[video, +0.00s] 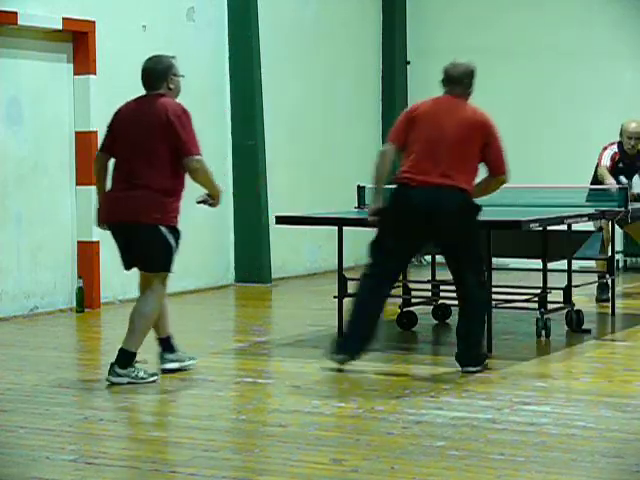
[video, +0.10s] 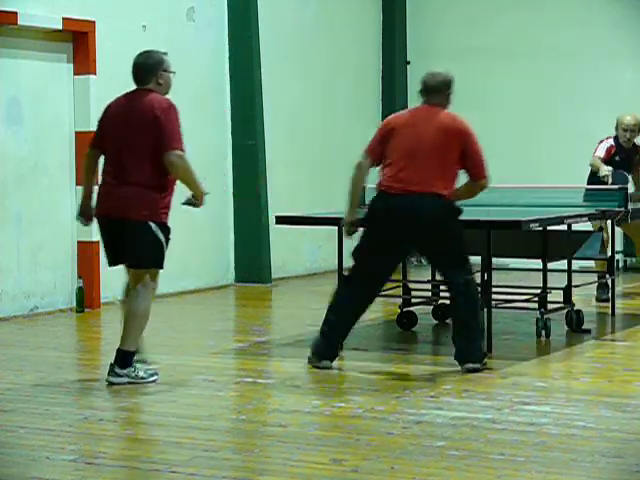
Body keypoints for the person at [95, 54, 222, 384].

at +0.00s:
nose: (181, 82)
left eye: (179, 77)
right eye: (178, 78)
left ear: (148, 82)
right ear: (169, 81)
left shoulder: (124, 112)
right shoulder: (174, 111)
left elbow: (101, 160)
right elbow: (193, 165)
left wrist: (103, 201)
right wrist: (214, 189)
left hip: (118, 212)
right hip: (155, 213)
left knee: (153, 283)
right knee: (153, 287)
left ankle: (169, 352)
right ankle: (123, 364)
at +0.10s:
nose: (172, 78)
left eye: (172, 73)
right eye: (170, 73)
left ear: (139, 77)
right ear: (159, 76)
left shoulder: (115, 106)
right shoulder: (163, 107)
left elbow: (93, 154)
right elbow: (173, 158)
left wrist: (87, 198)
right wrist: (197, 187)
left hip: (110, 209)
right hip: (144, 212)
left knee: (137, 281)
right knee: (145, 284)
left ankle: (131, 354)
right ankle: (123, 364)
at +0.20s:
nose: (163, 78)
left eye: (162, 72)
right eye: (160, 72)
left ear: (130, 76)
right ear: (148, 75)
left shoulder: (106, 106)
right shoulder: (151, 105)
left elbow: (85, 154)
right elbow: (157, 155)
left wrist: (78, 198)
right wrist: (182, 190)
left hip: (100, 210)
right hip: (136, 213)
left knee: (114, 279)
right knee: (138, 284)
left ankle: (90, 349)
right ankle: (123, 365)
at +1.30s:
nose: (188, 82)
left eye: (188, 77)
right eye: (186, 77)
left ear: (156, 80)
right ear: (176, 80)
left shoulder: (130, 109)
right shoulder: (178, 111)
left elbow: (104, 155)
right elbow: (190, 163)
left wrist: (104, 196)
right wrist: (213, 192)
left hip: (115, 210)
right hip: (152, 213)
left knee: (137, 277)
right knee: (160, 288)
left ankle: (112, 344)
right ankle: (139, 365)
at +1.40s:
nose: (203, 84)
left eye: (202, 79)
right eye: (201, 79)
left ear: (171, 82)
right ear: (191, 82)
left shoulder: (145, 110)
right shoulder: (195, 113)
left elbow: (115, 155)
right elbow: (211, 166)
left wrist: (109, 199)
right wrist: (231, 191)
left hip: (130, 211)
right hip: (165, 214)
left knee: (162, 280)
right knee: (167, 288)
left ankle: (160, 346)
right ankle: (140, 365)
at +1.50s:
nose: (217, 89)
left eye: (215, 83)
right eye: (214, 84)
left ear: (184, 88)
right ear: (205, 88)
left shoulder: (159, 116)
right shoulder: (208, 118)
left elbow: (131, 161)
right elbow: (222, 169)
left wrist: (124, 205)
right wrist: (243, 193)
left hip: (147, 216)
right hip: (182, 218)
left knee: (177, 286)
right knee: (205, 289)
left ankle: (181, 357)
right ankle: (155, 349)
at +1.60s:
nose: (232, 95)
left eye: (231, 90)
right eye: (229, 91)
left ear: (198, 96)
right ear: (220, 95)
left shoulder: (177, 123)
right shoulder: (222, 125)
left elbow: (153, 171)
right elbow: (233, 177)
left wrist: (160, 206)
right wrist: (252, 202)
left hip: (161, 223)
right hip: (198, 223)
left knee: (188, 284)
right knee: (244, 280)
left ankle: (181, 356)